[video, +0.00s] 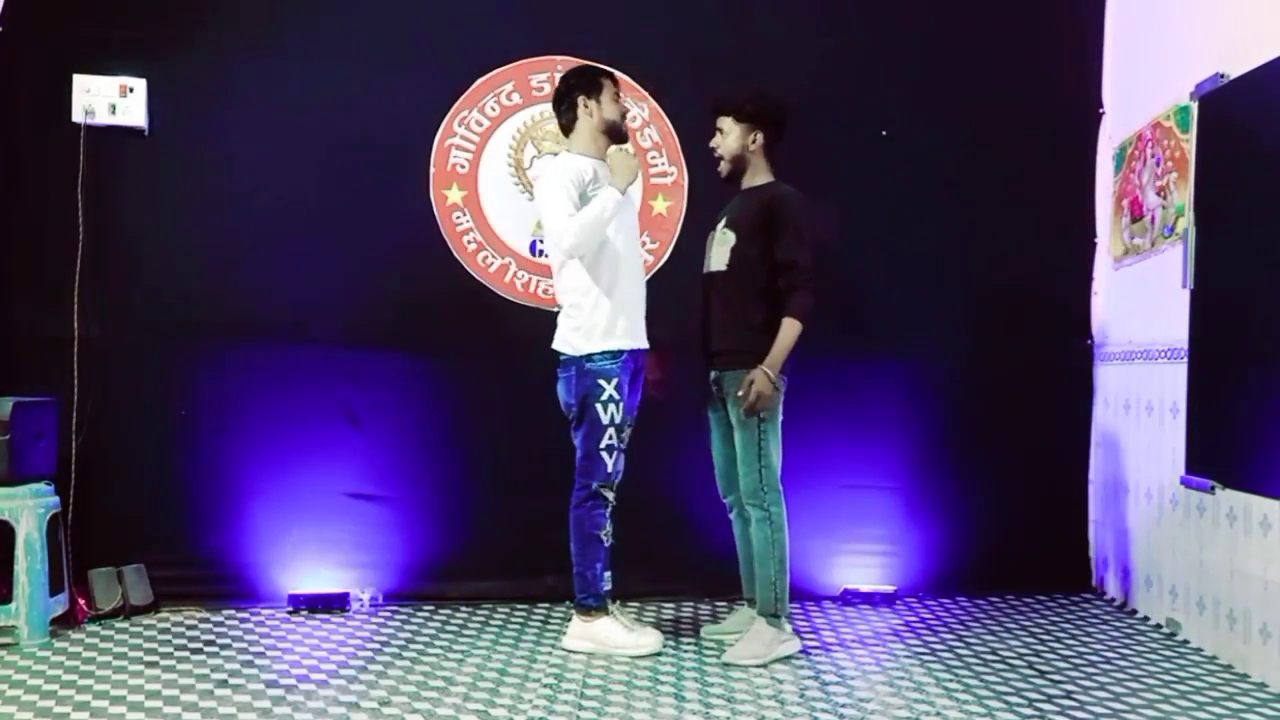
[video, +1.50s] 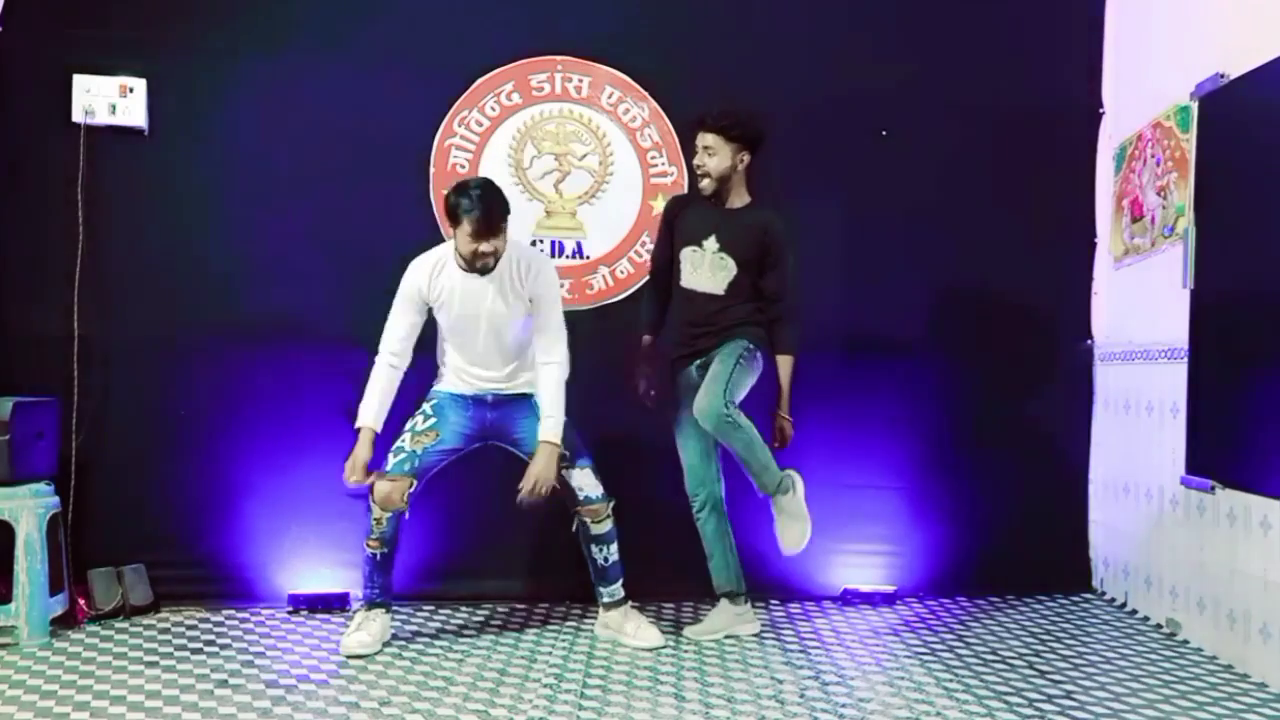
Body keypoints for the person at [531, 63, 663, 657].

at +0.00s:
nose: (624, 109)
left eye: (622, 100)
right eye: (616, 99)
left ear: (587, 107)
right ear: (585, 106)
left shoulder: (605, 172)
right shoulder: (558, 170)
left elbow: (614, 262)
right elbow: (568, 243)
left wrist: (636, 343)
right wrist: (617, 187)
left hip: (619, 350)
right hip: (592, 352)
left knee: (604, 484)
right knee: (595, 484)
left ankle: (600, 610)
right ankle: (588, 616)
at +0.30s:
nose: (647, 126)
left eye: (648, 117)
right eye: (642, 115)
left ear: (618, 114)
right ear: (612, 111)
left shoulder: (624, 180)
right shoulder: (573, 173)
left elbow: (624, 264)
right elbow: (542, 252)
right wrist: (615, 285)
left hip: (630, 356)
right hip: (600, 357)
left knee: (610, 484)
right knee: (600, 485)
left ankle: (601, 608)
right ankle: (587, 617)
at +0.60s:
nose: (665, 133)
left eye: (666, 123)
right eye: (657, 122)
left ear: (632, 121)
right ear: (623, 119)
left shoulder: (642, 188)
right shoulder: (576, 172)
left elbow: (651, 260)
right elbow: (517, 239)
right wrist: (565, 297)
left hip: (636, 349)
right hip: (595, 348)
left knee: (615, 477)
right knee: (617, 475)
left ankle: (599, 608)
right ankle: (594, 612)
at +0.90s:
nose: (624, 118)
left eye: (630, 108)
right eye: (612, 109)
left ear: (637, 115)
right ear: (586, 114)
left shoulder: (650, 186)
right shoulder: (553, 174)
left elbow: (672, 254)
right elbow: (500, 242)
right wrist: (525, 290)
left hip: (621, 346)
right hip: (562, 337)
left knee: (606, 474)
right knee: (538, 457)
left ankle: (598, 607)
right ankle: (494, 596)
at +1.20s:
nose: (556, 134)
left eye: (565, 124)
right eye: (545, 124)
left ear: (578, 131)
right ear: (524, 133)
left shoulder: (597, 199)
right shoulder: (494, 194)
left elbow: (615, 259)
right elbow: (439, 254)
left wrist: (601, 312)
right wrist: (455, 315)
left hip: (569, 370)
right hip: (497, 368)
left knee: (620, 482)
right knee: (436, 483)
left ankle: (604, 606)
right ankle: (377, 606)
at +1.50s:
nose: (485, 248)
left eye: (493, 236)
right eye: (475, 238)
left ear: (507, 227)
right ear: (451, 229)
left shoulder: (534, 267)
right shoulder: (426, 272)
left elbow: (553, 358)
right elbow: (392, 357)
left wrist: (550, 444)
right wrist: (365, 438)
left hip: (525, 400)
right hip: (453, 400)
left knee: (589, 489)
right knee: (387, 489)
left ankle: (614, 609)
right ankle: (374, 612)